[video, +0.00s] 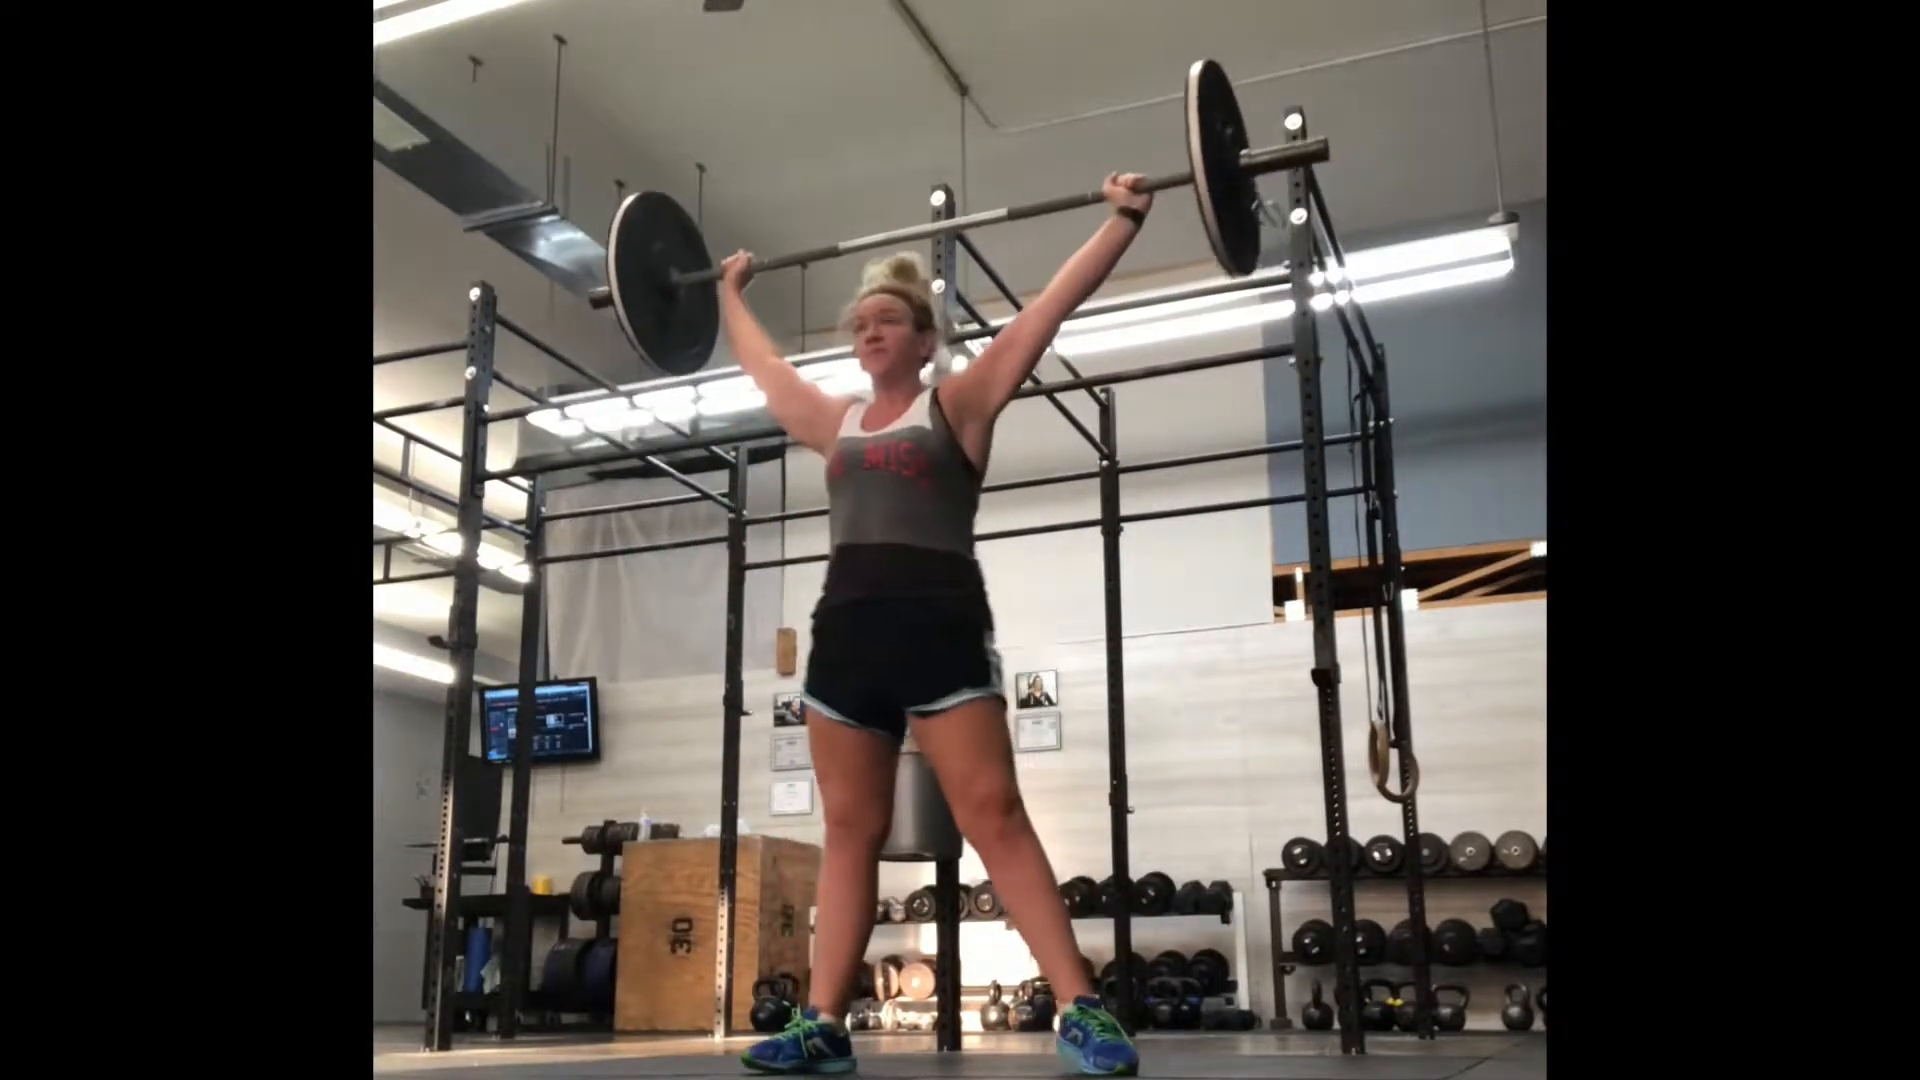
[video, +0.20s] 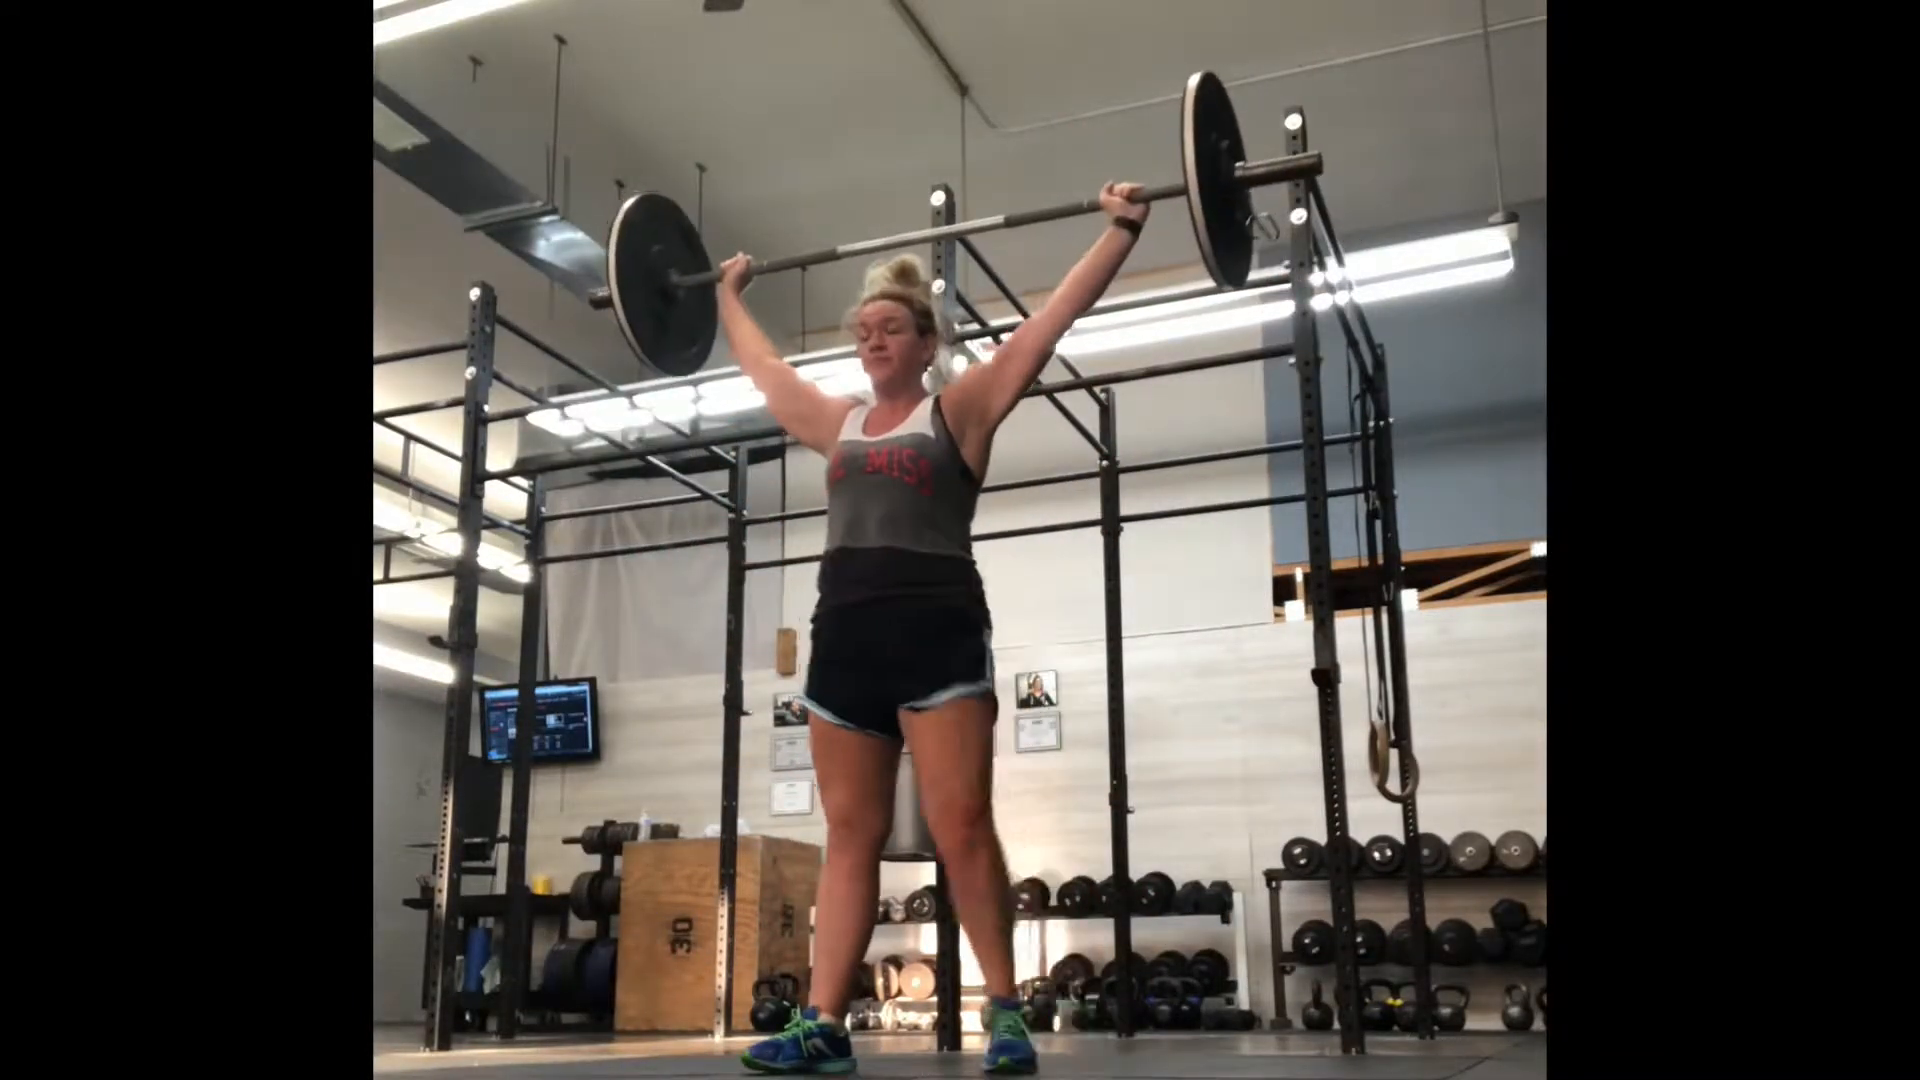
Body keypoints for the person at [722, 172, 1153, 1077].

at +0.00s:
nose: (872, 334)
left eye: (888, 322)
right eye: (862, 325)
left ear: (924, 335)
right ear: (851, 341)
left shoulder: (960, 400)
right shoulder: (838, 423)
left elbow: (1047, 309)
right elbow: (767, 368)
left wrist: (1122, 219)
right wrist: (728, 291)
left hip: (942, 631)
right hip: (845, 637)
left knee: (994, 815)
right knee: (847, 830)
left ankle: (1075, 1004)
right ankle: (821, 1021)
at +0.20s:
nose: (875, 341)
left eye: (890, 329)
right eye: (864, 331)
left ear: (926, 340)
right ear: (853, 344)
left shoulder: (960, 407)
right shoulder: (840, 423)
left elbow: (1046, 324)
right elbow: (766, 370)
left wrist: (1120, 229)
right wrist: (726, 293)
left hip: (939, 633)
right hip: (844, 640)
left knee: (961, 831)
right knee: (848, 836)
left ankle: (1003, 1008)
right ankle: (820, 1022)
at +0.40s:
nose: (754, 616)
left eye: (772, 601)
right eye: (746, 604)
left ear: (817, 616)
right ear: (740, 618)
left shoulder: (877, 675)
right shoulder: (754, 701)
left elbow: (962, 796)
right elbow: (718, 818)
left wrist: (1039, 899)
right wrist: (663, 914)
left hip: (923, 790)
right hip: (840, 802)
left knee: (941, 834)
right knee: (739, 847)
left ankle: (972, 1007)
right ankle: (793, 1014)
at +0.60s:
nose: (752, 619)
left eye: (772, 603)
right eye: (745, 607)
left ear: (817, 619)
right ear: (739, 620)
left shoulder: (877, 680)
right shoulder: (753, 704)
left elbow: (963, 796)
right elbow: (715, 820)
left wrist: (1041, 898)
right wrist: (657, 915)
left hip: (921, 796)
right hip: (838, 808)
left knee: (942, 835)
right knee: (737, 848)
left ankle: (972, 1006)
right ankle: (793, 1014)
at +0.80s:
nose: (756, 619)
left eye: (775, 604)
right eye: (749, 607)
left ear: (819, 621)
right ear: (744, 622)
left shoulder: (878, 685)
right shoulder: (753, 708)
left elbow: (963, 799)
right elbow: (713, 821)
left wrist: (1040, 902)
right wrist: (654, 917)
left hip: (919, 803)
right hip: (837, 814)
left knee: (939, 835)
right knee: (735, 848)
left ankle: (971, 1006)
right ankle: (792, 1012)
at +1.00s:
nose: (754, 584)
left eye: (772, 569)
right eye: (746, 571)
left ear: (815, 583)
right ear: (739, 580)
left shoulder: (878, 641)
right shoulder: (754, 668)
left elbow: (955, 761)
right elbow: (717, 774)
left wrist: (1034, 859)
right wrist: (654, 870)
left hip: (933, 749)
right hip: (847, 764)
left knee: (939, 824)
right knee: (764, 840)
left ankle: (977, 1006)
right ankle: (790, 1012)